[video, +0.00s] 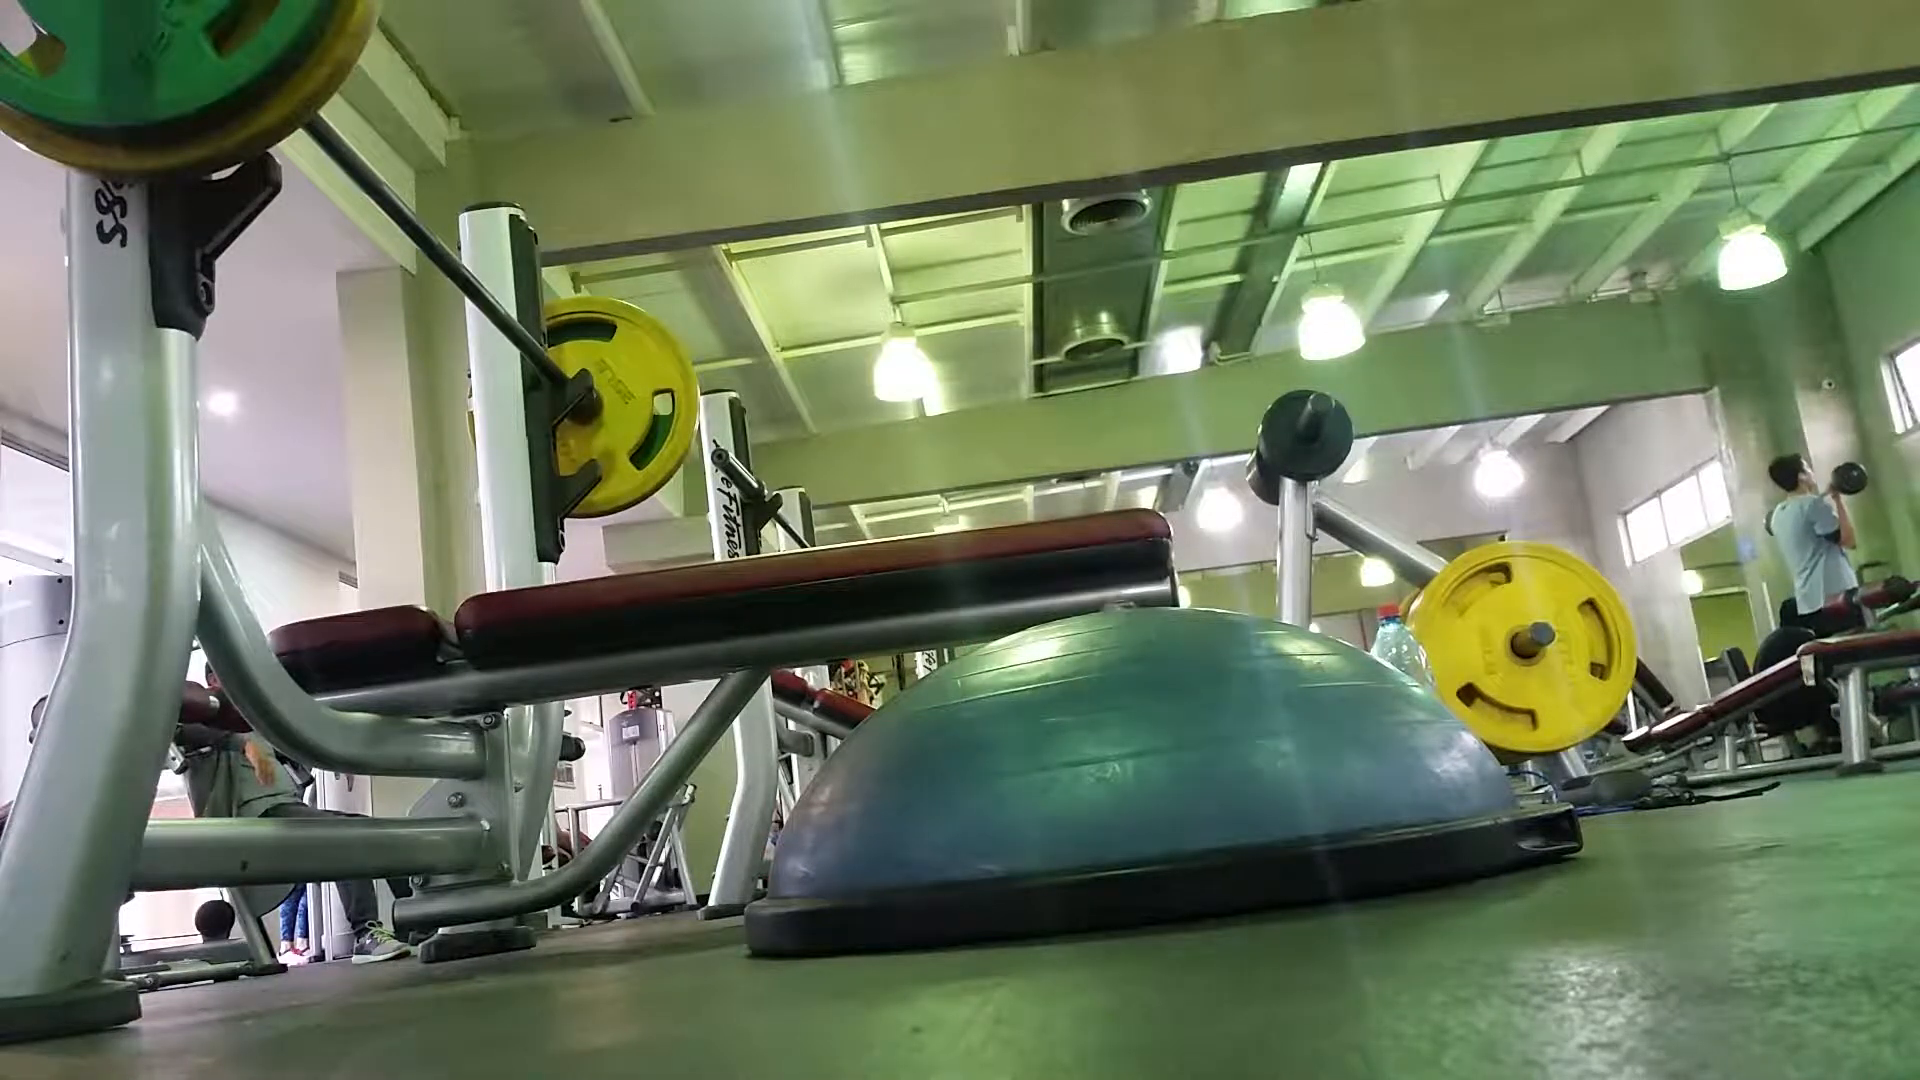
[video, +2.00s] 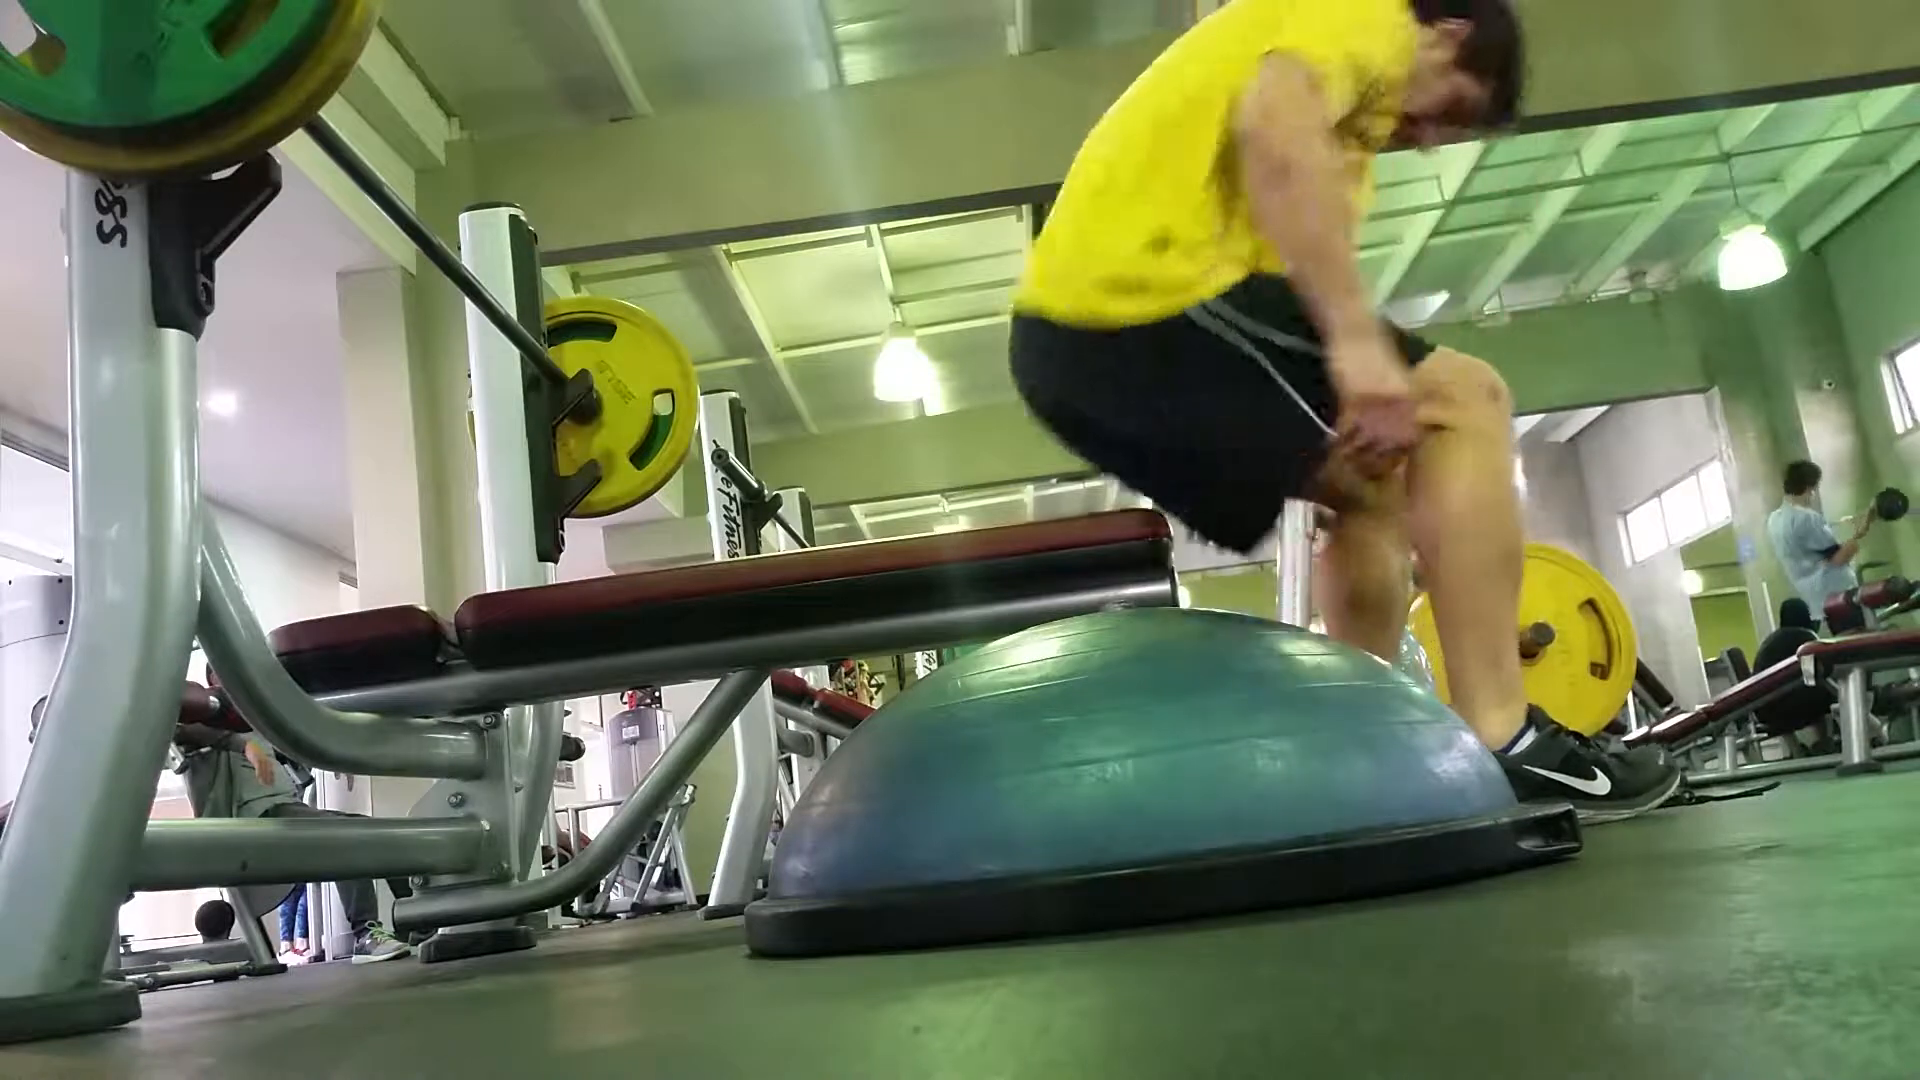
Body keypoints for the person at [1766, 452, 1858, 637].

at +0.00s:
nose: (1813, 472)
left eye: (1809, 467)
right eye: (1808, 468)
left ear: (1783, 483)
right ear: (1801, 476)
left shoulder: (1777, 515)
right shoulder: (1813, 505)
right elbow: (1848, 540)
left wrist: (1827, 494)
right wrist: (1838, 497)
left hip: (1807, 605)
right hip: (1836, 598)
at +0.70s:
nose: (1812, 477)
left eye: (1809, 472)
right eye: (1807, 473)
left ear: (1782, 484)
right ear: (1798, 479)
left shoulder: (1774, 518)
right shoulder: (1808, 509)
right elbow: (1838, 550)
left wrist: (1830, 504)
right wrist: (1840, 507)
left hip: (1807, 607)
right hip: (1835, 600)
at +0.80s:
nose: (1810, 477)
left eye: (1807, 472)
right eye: (1806, 472)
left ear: (1781, 484)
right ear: (1797, 478)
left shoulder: (1775, 517)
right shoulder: (1806, 509)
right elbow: (1832, 551)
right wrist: (1847, 512)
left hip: (1807, 606)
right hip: (1834, 599)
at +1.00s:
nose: (1810, 477)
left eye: (1806, 472)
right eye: (1804, 473)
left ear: (1781, 488)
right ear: (1798, 481)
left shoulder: (1775, 520)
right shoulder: (1806, 506)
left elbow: (1781, 564)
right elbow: (1815, 555)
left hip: (1808, 610)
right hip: (1835, 602)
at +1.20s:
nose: (1814, 477)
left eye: (1811, 472)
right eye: (1809, 473)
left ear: (1786, 488)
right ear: (1803, 480)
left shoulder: (1782, 520)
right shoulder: (1813, 506)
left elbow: (1785, 571)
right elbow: (1815, 553)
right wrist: (1862, 559)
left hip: (1812, 611)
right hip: (1838, 604)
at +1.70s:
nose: (1814, 480)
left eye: (1812, 475)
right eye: (1812, 475)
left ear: (1786, 483)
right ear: (1807, 479)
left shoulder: (1780, 518)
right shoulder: (1808, 510)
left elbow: (1785, 562)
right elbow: (1822, 560)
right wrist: (1867, 557)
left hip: (1813, 610)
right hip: (1837, 607)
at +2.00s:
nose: (1816, 492)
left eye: (1816, 486)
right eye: (1815, 487)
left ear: (1787, 485)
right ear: (1808, 488)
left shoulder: (1773, 520)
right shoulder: (1807, 519)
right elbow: (1838, 558)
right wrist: (1856, 537)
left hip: (1815, 606)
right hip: (1840, 603)